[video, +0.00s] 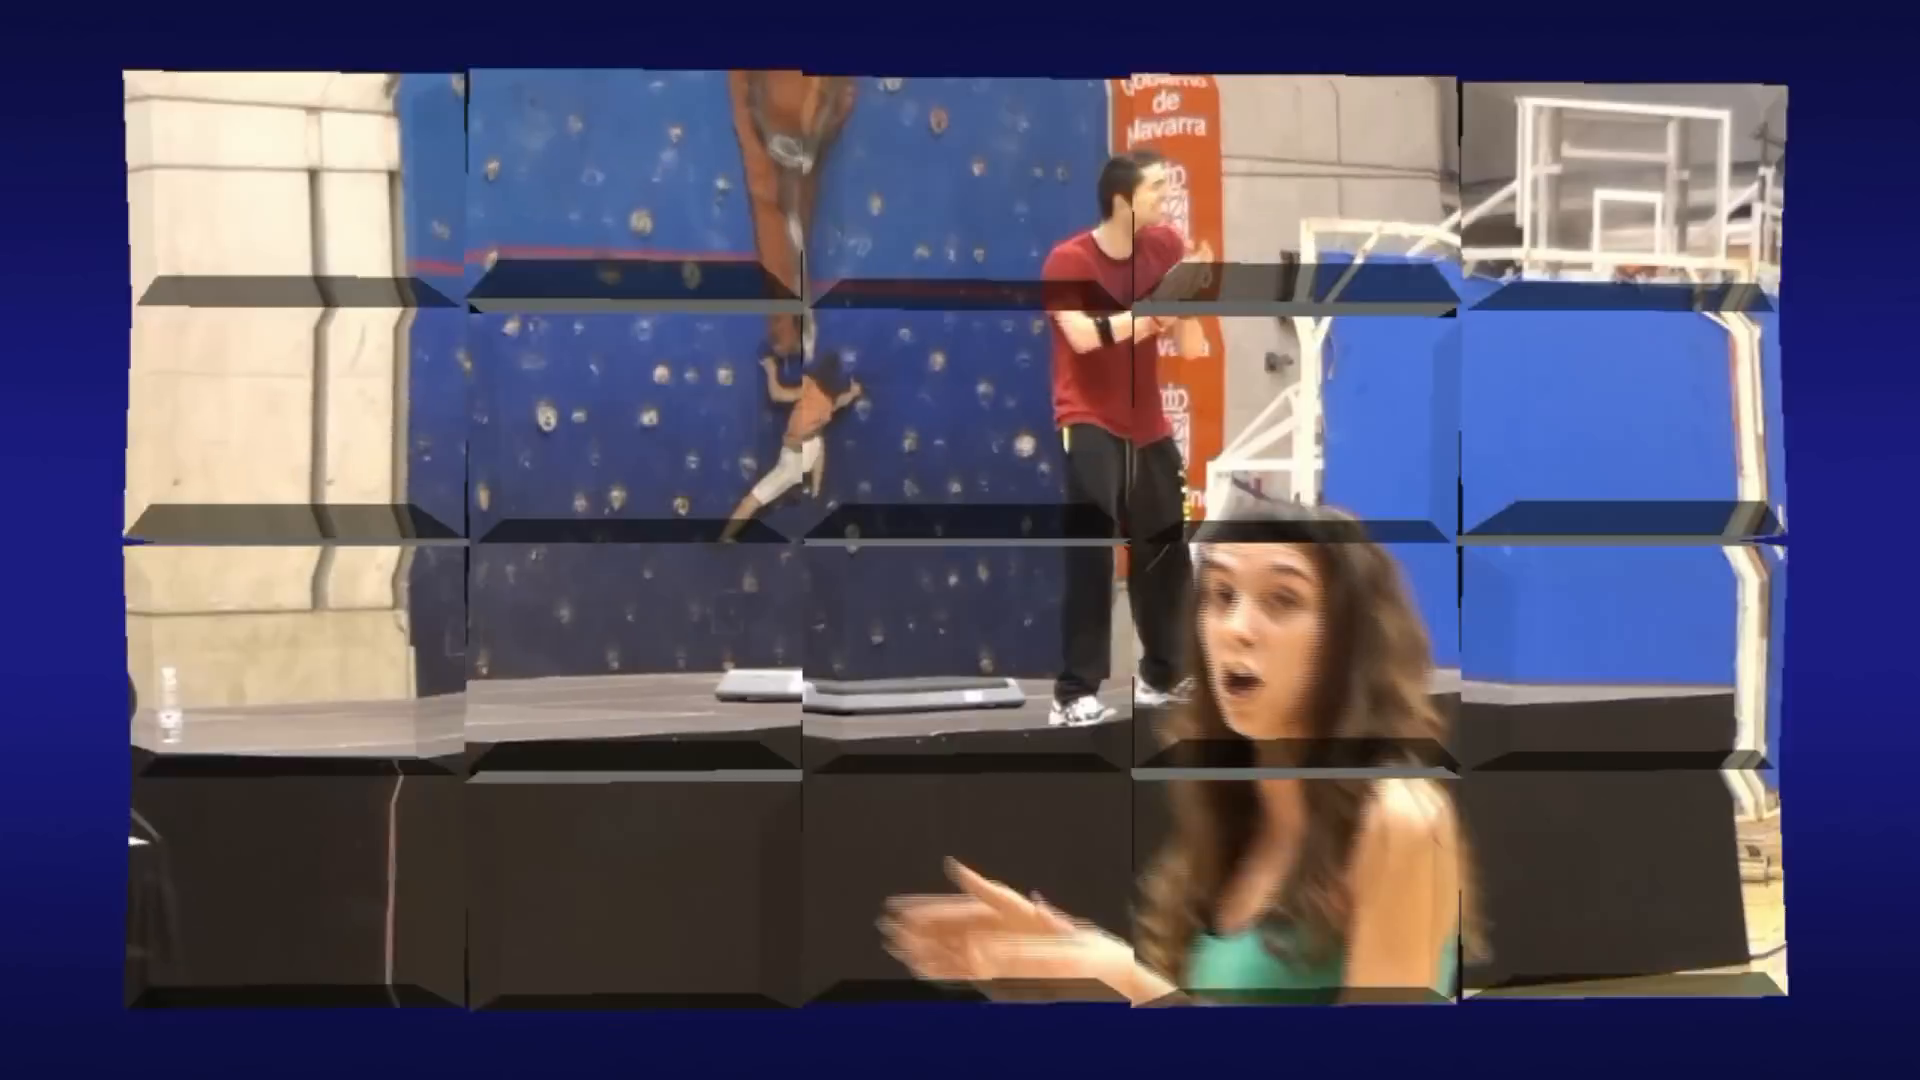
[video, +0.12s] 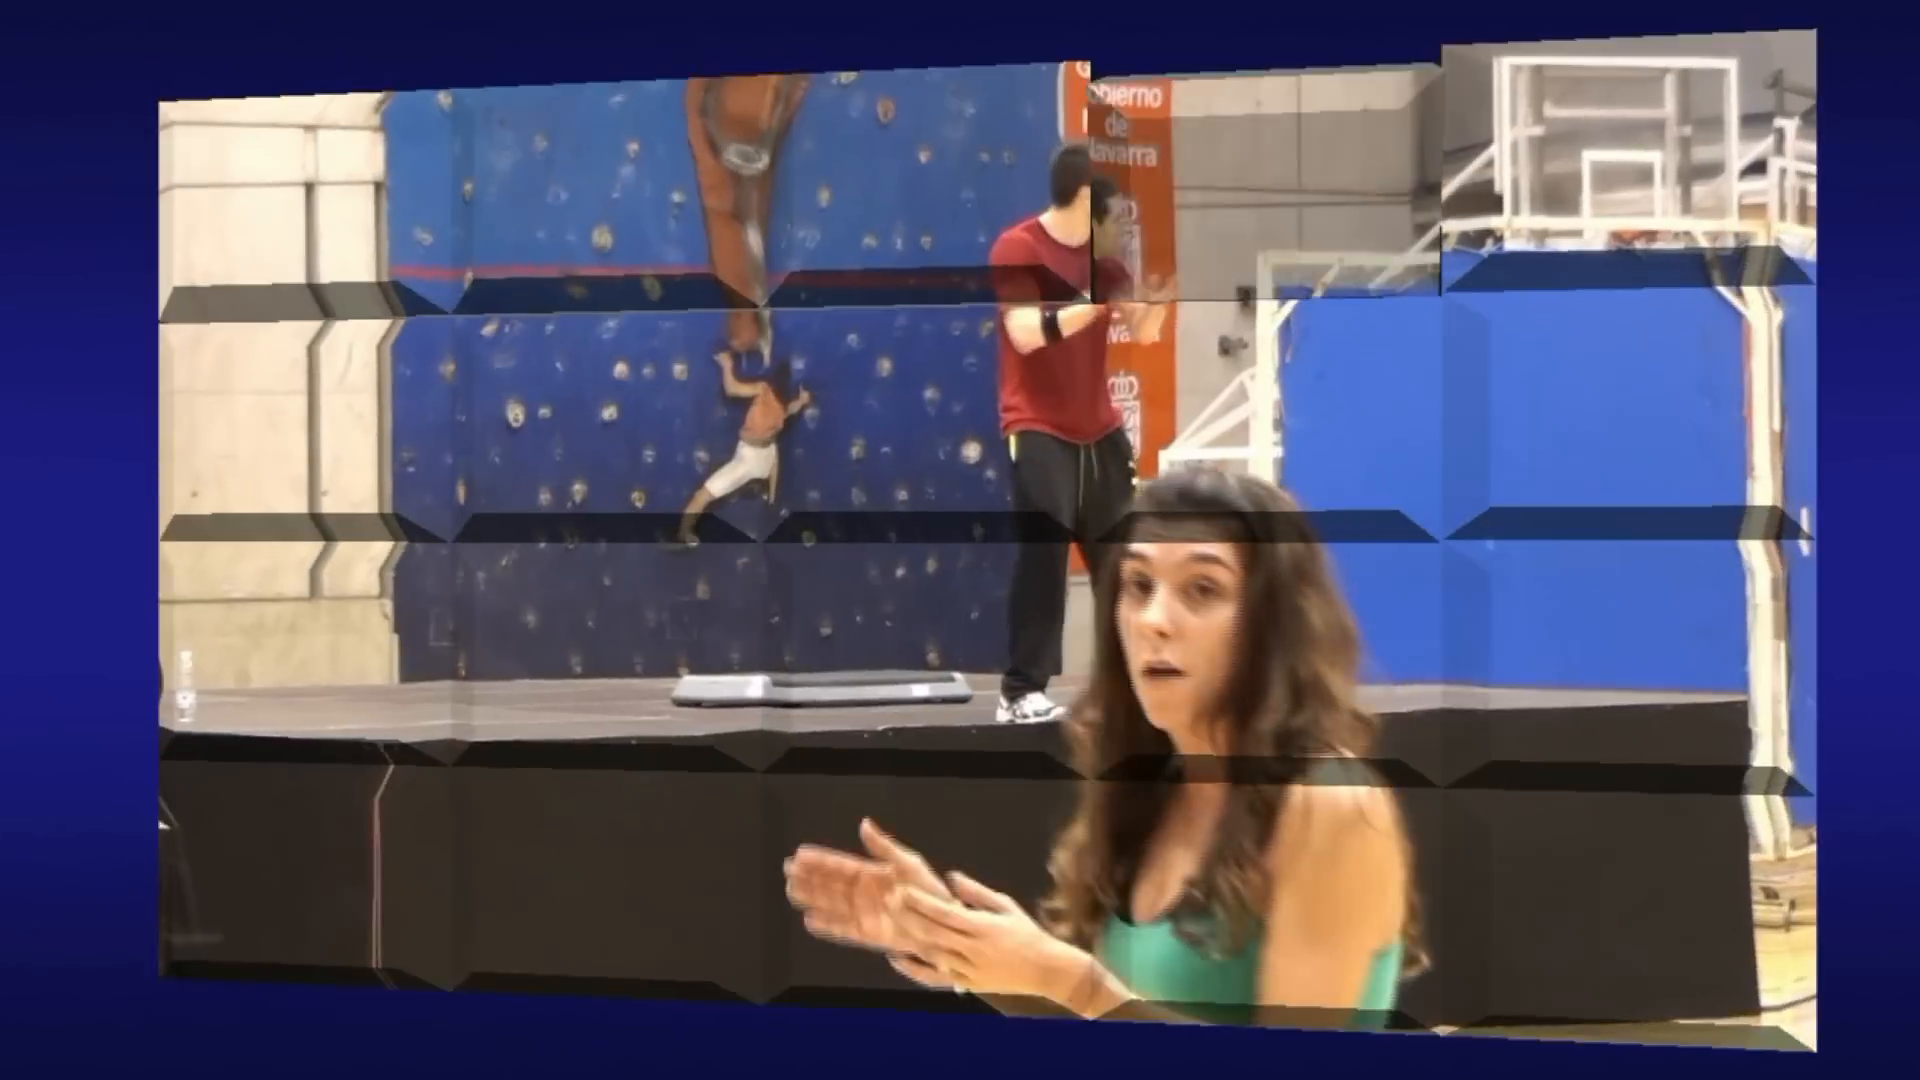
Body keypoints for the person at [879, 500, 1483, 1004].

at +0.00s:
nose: (1236, 630)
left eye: (1282, 602)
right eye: (1221, 596)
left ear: (1353, 637)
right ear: (1200, 616)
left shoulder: (1399, 819)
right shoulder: (1236, 821)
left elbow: (1379, 1056)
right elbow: (1216, 1027)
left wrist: (1111, 971)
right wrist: (1075, 950)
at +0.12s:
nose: (1155, 621)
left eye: (1203, 591)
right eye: (1137, 586)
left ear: (1276, 620)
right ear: (1111, 609)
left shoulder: (1335, 814)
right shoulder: (1143, 798)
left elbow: (1294, 1047)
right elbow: (1101, 1012)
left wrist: (1064, 978)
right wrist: (950, 945)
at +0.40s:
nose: (1166, 613)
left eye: (1212, 580)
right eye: (1145, 580)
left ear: (1288, 600)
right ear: (1122, 600)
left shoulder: (1342, 796)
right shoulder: (1171, 790)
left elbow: (1282, 1074)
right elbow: (1155, 1049)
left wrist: (1039, 977)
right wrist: (1029, 974)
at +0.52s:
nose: (1224, 621)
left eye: (1273, 586)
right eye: (1204, 585)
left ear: (1349, 609)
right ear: (1181, 608)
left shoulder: (1391, 811)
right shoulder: (1251, 796)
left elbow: (1327, 1068)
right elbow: (1228, 1050)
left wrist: (1071, 1000)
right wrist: (1060, 982)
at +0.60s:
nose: (1266, 636)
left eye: (1315, 603)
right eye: (1245, 600)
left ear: (1390, 628)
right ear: (1221, 619)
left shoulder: (1422, 820)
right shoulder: (1307, 812)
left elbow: (1352, 1069)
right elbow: (1281, 1068)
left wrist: (1093, 1028)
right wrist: (1107, 1001)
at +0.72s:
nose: (1308, 679)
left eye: (1359, 645)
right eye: (1292, 642)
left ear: (1441, 672)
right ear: (1275, 660)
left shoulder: (1447, 864)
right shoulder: (1398, 858)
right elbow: (1349, 1069)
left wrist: (1160, 1068)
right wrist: (1211, 1063)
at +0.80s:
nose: (1328, 690)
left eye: (1378, 657)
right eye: (1314, 653)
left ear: (1465, 684)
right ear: (1295, 668)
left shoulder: (1465, 877)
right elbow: (1397, 1062)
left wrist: (1209, 1079)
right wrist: (1242, 1075)